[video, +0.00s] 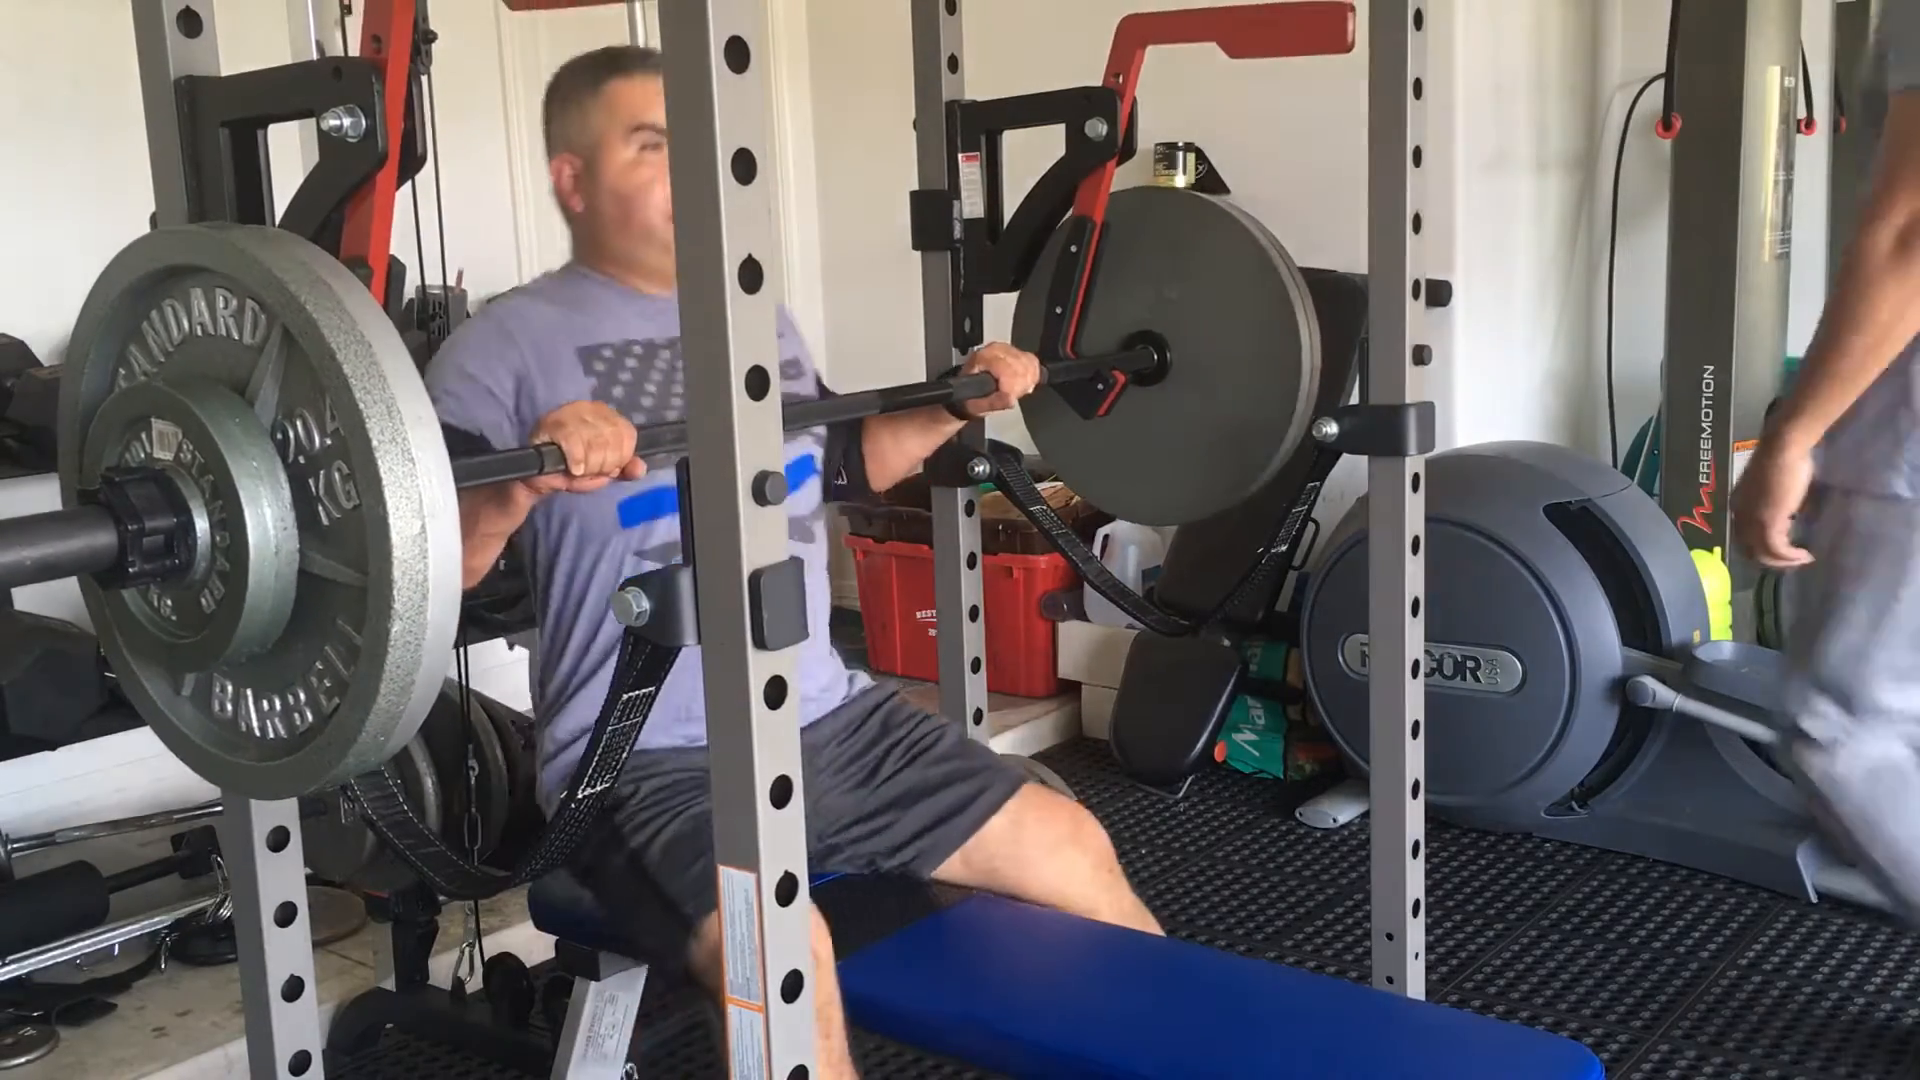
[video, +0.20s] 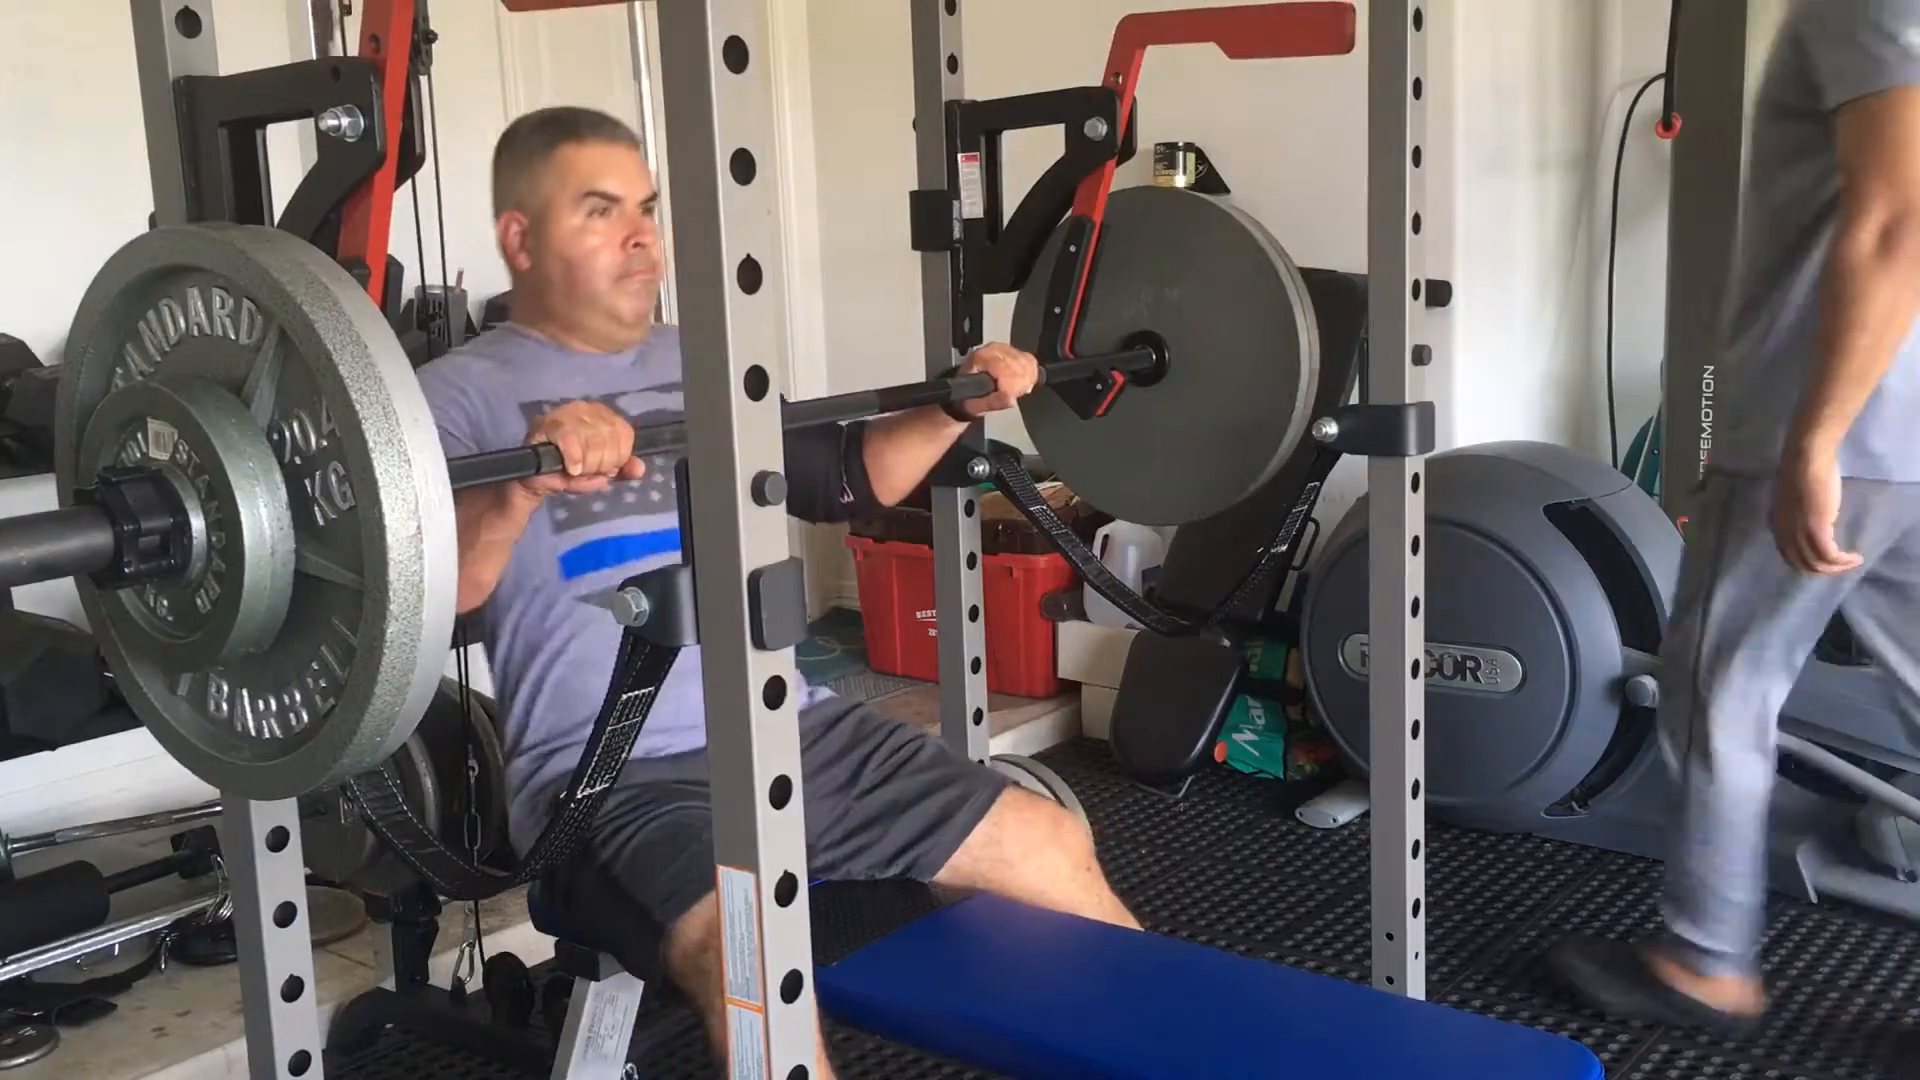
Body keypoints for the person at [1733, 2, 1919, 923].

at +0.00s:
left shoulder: (1900, 50)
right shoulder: (1892, 56)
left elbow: (1900, 232)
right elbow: (1898, 232)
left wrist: (1794, 428)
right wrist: (1799, 429)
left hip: (1898, 463)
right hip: (1883, 463)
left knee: (1851, 727)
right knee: (1859, 726)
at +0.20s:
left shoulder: (1867, 10)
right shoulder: (1864, 21)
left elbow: (1889, 223)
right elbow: (1886, 224)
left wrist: (1817, 440)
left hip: (1815, 432)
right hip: (1892, 437)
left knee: (1722, 683)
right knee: (1912, 679)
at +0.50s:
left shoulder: (1696, 22)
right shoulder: (1757, 22)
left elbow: (1714, 237)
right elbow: (1743, 235)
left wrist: (1644, 438)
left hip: (1655, 428)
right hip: (1734, 424)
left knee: (1607, 683)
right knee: (1670, 637)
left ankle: (1643, 932)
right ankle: (1851, 839)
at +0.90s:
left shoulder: (1531, 35)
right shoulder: (1475, 33)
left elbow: (1546, 240)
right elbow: (1454, 237)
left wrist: (1450, 408)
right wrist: (1375, 365)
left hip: (1504, 420)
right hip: (1466, 412)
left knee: (1518, 655)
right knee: (1437, 621)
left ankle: (1642, 910)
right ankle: (1442, 808)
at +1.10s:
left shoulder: (1468, 24)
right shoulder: (1363, 39)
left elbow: (1510, 215)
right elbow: (1320, 203)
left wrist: (1488, 390)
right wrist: (1260, 326)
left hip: (1414, 383)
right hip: (1357, 377)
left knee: (1324, 593)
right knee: (1411, 597)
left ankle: (1483, 802)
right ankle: (1416, 806)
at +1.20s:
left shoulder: (1442, 22)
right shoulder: (1319, 34)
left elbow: (1493, 202)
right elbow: (1274, 206)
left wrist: (1481, 376)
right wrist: (1202, 325)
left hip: (1374, 383)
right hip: (1321, 380)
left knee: (1274, 590)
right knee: (1389, 591)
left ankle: (1342, 825)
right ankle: (1441, 812)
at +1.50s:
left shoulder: (1304, 55)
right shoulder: (1170, 59)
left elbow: (1345, 250)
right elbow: (1149, 239)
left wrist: (1317, 419)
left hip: (1248, 397)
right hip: (1187, 389)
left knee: (1137, 613)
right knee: (1290, 589)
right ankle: (1408, 765)